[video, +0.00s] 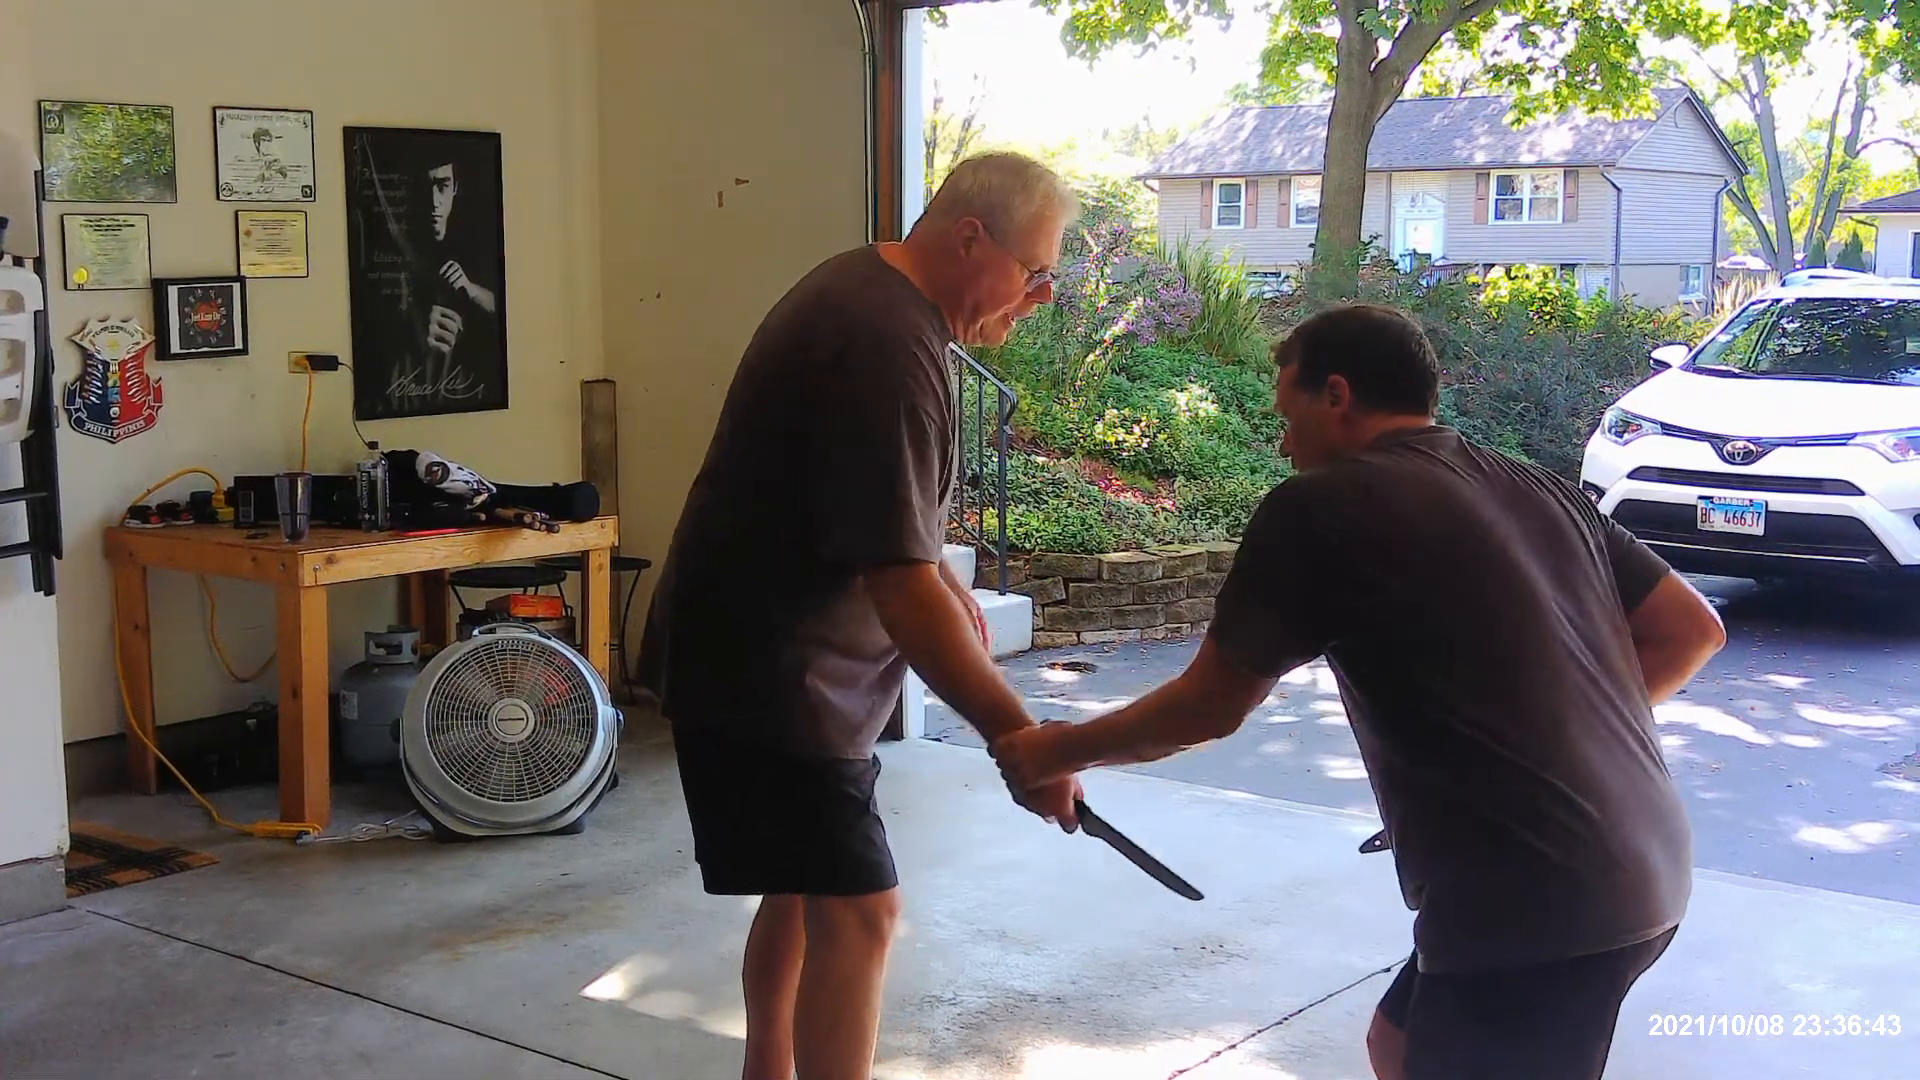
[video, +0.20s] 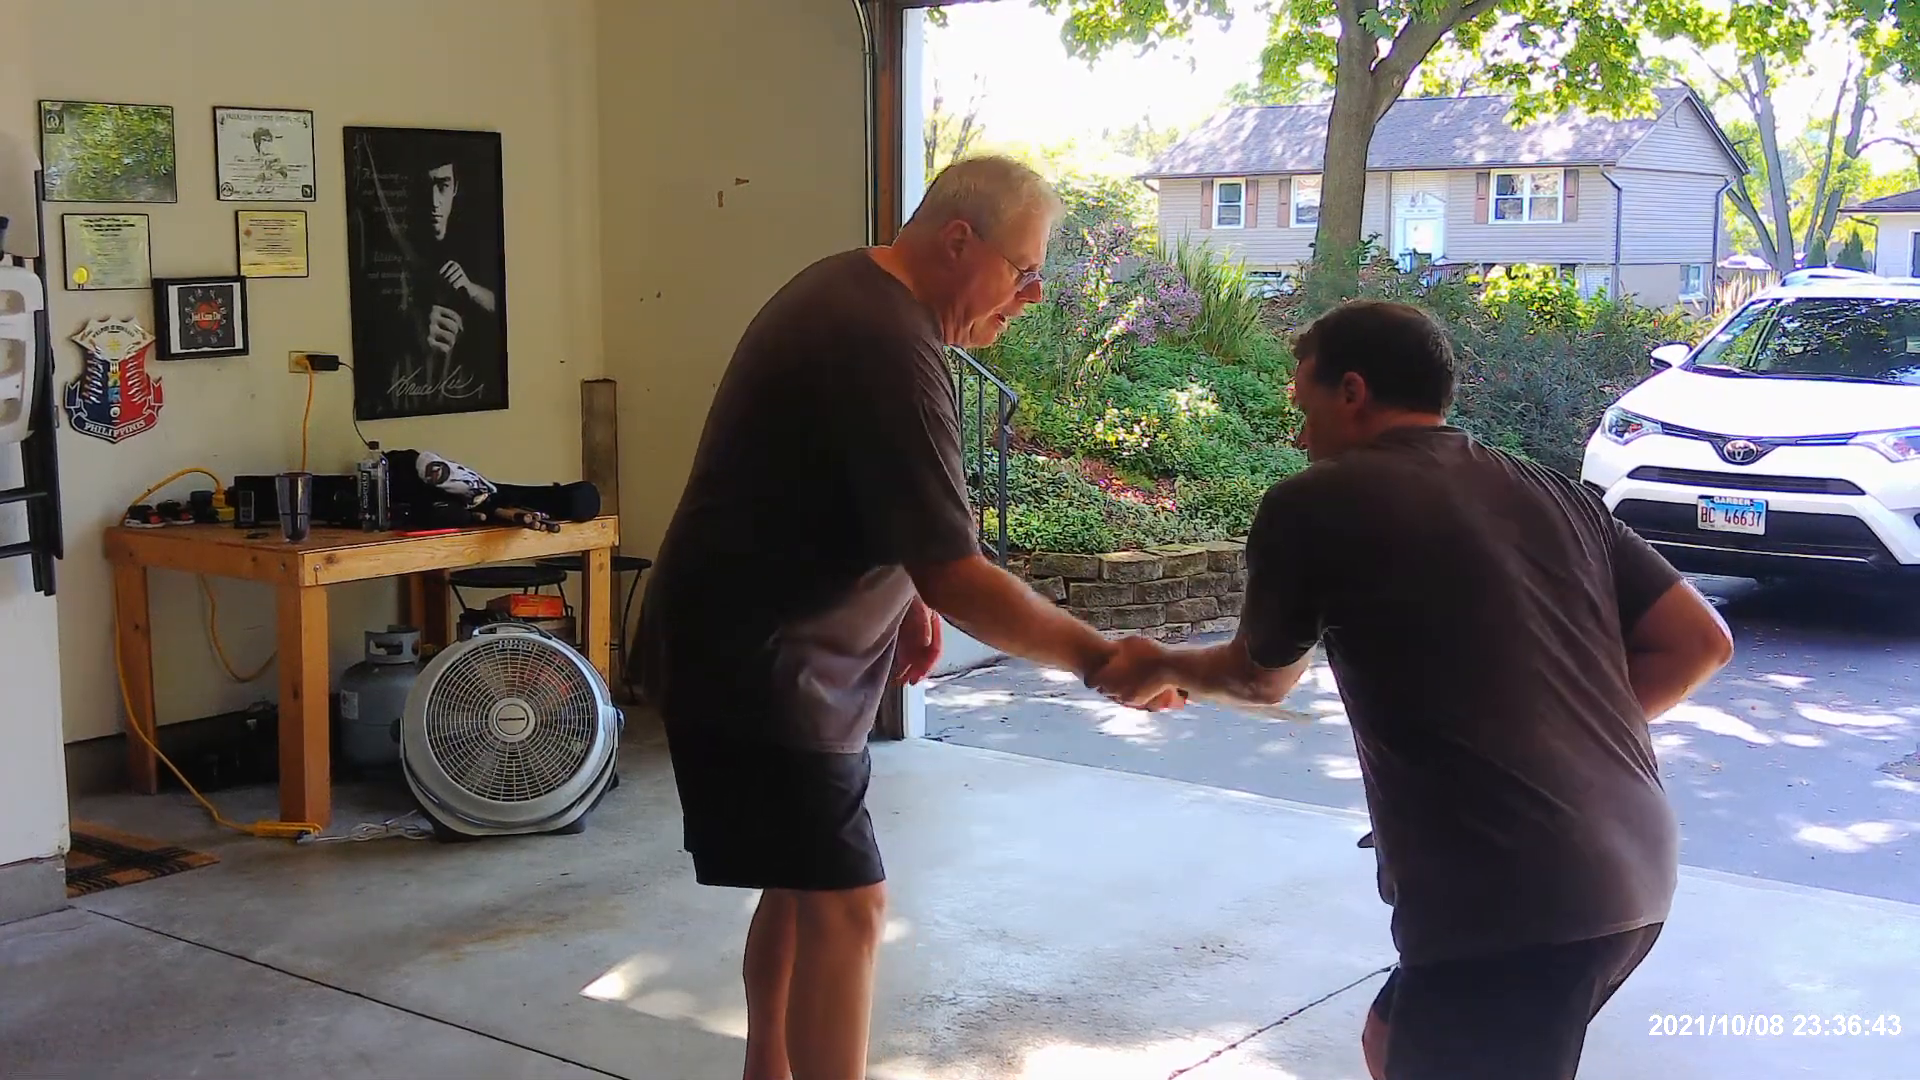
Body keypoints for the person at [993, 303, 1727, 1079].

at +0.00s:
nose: (1282, 438)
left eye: (1286, 411)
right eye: (1279, 413)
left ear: (1339, 399)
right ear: (1412, 397)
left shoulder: (1318, 508)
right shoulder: (1534, 485)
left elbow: (1208, 704)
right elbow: (1689, 628)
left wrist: (1058, 747)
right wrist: (1565, 733)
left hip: (1534, 896)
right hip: (1641, 862)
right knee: (1401, 1036)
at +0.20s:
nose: (1295, 419)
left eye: (1301, 394)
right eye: (1294, 394)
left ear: (1352, 394)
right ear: (1437, 401)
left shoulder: (1313, 501)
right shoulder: (1552, 491)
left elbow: (1262, 672)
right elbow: (1696, 639)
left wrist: (1168, 665)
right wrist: (1574, 725)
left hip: (1507, 897)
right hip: (1637, 878)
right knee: (1392, 1037)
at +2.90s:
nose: (1217, 467)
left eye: (1227, 444)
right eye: (1216, 446)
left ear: (1299, 443)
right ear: (1297, 445)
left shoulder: (1447, 524)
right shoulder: (1294, 557)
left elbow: (1471, 760)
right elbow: (1148, 676)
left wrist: (1343, 694)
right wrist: (992, 716)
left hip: (1634, 870)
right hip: (1500, 864)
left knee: (1580, 1064)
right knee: (1376, 1048)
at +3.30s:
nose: (1199, 406)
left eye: (1218, 384)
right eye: (1204, 383)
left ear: (1303, 401)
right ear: (1291, 404)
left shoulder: (1399, 492)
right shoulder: (1262, 503)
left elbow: (1429, 722)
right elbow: (1122, 553)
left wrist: (1291, 642)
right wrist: (969, 584)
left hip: (1607, 836)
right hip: (1484, 836)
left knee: (1589, 1076)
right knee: (1388, 1044)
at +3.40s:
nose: (1187, 389)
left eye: (1206, 366)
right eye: (1187, 366)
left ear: (1290, 371)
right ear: (1267, 375)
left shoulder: (1379, 455)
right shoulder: (1245, 479)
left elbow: (1411, 682)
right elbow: (1112, 547)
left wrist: (1275, 608)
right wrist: (979, 570)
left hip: (1593, 798)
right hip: (1472, 809)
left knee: (1596, 1062)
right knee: (1395, 1035)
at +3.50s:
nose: (1165, 405)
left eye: (1181, 381)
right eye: (1162, 384)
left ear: (1268, 375)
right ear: (1241, 384)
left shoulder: (1371, 447)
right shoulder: (1225, 490)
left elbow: (1417, 665)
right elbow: (1091, 567)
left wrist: (1262, 600)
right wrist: (959, 579)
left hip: (1589, 794)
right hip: (1458, 810)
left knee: (1595, 1061)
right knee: (1374, 1038)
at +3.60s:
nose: (1154, 431)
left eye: (1169, 406)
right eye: (1147, 409)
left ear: (1258, 396)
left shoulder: (1378, 468)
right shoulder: (1206, 512)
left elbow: (1412, 669)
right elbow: (1077, 581)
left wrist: (1250, 599)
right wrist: (953, 589)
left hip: (1579, 805)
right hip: (1439, 822)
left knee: (1600, 1065)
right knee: (1343, 1046)